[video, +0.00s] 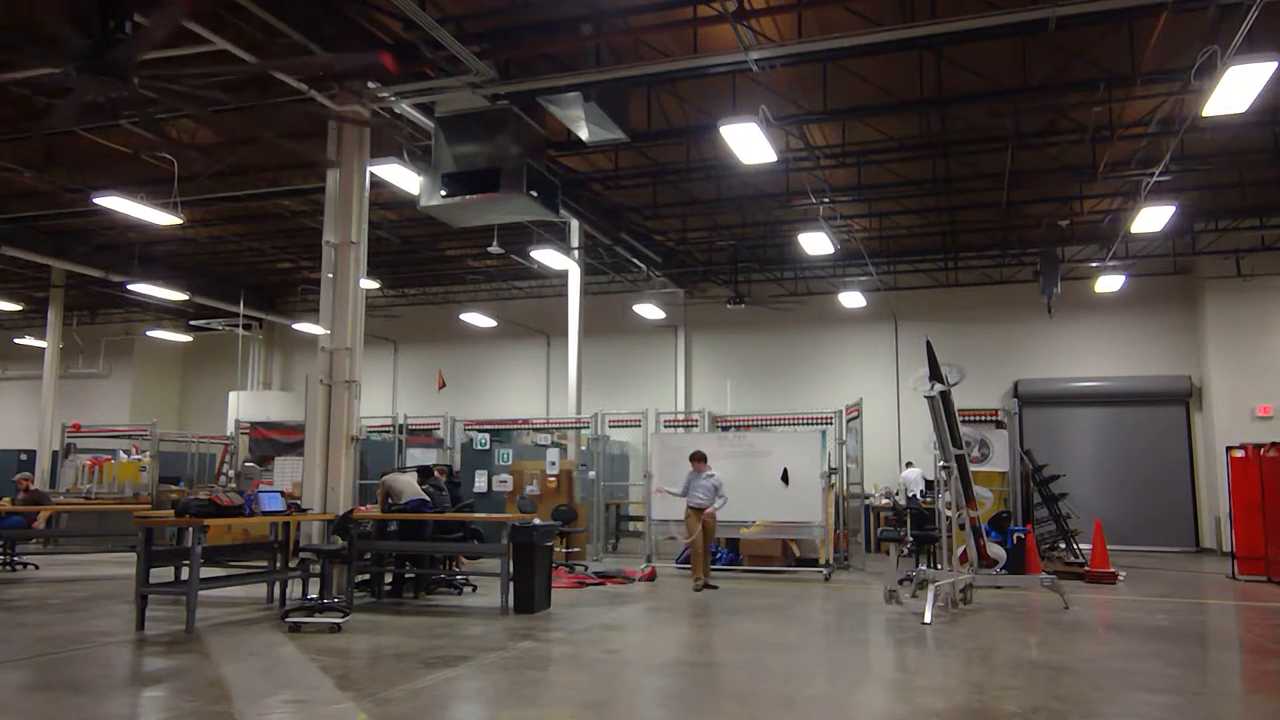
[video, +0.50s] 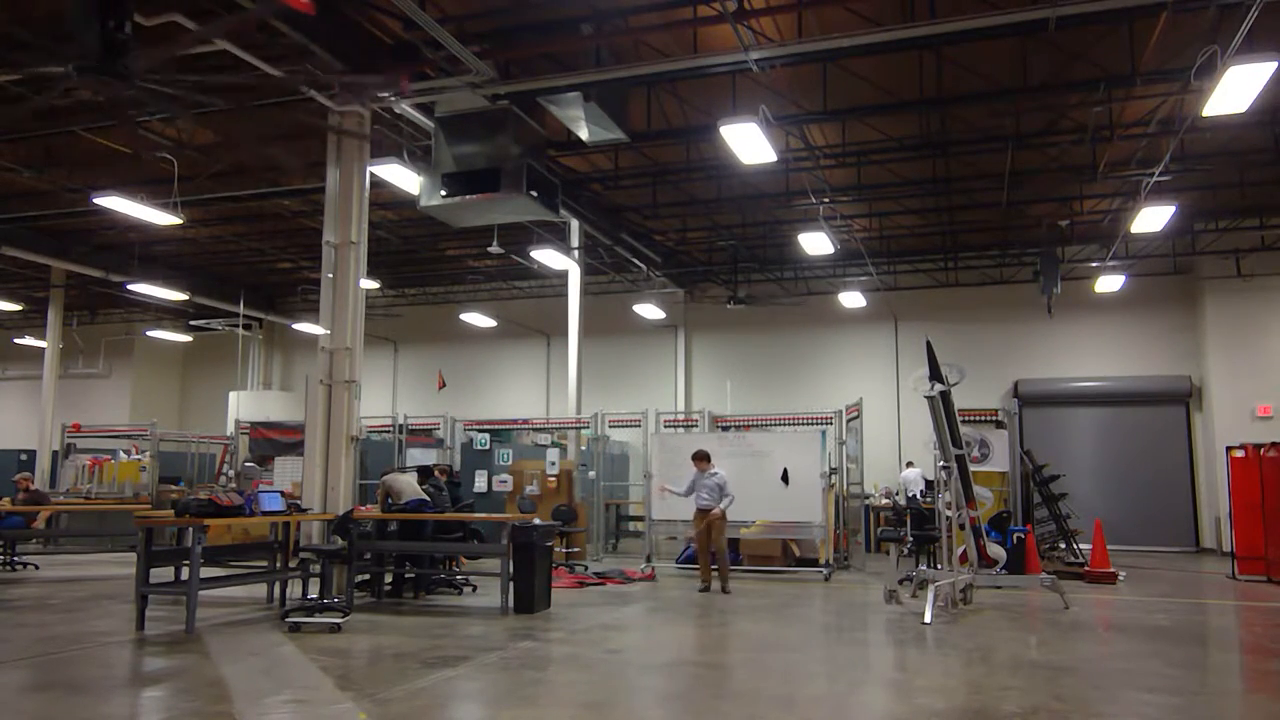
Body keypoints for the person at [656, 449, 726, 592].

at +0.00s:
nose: (692, 466)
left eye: (694, 463)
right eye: (691, 464)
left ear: (702, 462)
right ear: (694, 463)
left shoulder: (715, 478)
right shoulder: (692, 475)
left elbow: (722, 498)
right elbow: (683, 493)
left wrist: (713, 508)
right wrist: (665, 490)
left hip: (708, 513)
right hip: (692, 512)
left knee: (706, 548)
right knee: (697, 547)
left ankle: (705, 579)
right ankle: (698, 580)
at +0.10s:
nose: (693, 468)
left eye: (695, 465)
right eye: (692, 466)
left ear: (703, 463)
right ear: (694, 465)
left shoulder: (716, 479)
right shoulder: (694, 476)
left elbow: (723, 499)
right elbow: (686, 493)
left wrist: (713, 508)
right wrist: (668, 489)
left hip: (710, 514)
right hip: (694, 513)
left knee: (708, 547)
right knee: (700, 547)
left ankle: (706, 577)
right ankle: (703, 579)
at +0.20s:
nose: (693, 469)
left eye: (695, 466)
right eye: (692, 467)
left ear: (703, 464)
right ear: (695, 465)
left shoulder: (717, 479)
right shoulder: (695, 477)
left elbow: (724, 499)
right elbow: (688, 493)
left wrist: (713, 509)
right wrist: (670, 490)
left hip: (711, 515)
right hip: (696, 515)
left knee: (710, 547)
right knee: (701, 547)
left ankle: (707, 577)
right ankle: (704, 579)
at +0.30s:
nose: (693, 468)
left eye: (695, 465)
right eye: (693, 466)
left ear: (703, 463)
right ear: (696, 464)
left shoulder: (717, 478)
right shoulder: (695, 476)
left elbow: (725, 498)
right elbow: (688, 493)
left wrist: (714, 508)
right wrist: (671, 490)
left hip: (713, 515)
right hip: (698, 515)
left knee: (713, 549)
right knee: (701, 549)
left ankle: (712, 578)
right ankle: (705, 581)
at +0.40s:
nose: (694, 468)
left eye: (696, 464)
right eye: (693, 465)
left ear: (704, 462)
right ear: (697, 463)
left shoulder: (718, 477)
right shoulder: (697, 475)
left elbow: (727, 496)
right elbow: (688, 492)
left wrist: (717, 507)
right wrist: (668, 489)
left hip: (714, 514)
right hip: (699, 514)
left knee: (715, 549)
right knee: (701, 549)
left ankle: (717, 579)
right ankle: (705, 581)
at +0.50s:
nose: (696, 467)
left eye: (697, 464)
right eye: (695, 464)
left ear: (705, 462)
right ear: (698, 463)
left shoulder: (719, 477)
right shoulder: (698, 475)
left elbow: (729, 496)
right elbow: (686, 492)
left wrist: (720, 508)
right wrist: (668, 489)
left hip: (716, 514)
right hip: (700, 514)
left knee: (720, 548)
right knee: (702, 548)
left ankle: (724, 582)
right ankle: (705, 582)